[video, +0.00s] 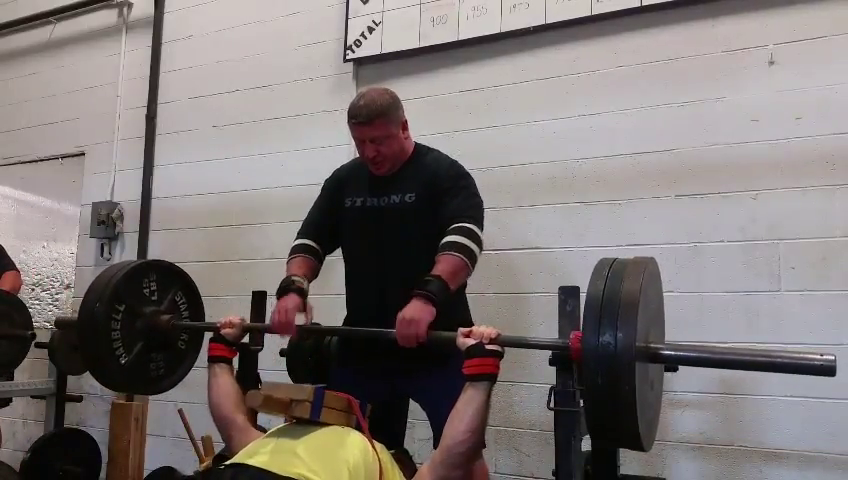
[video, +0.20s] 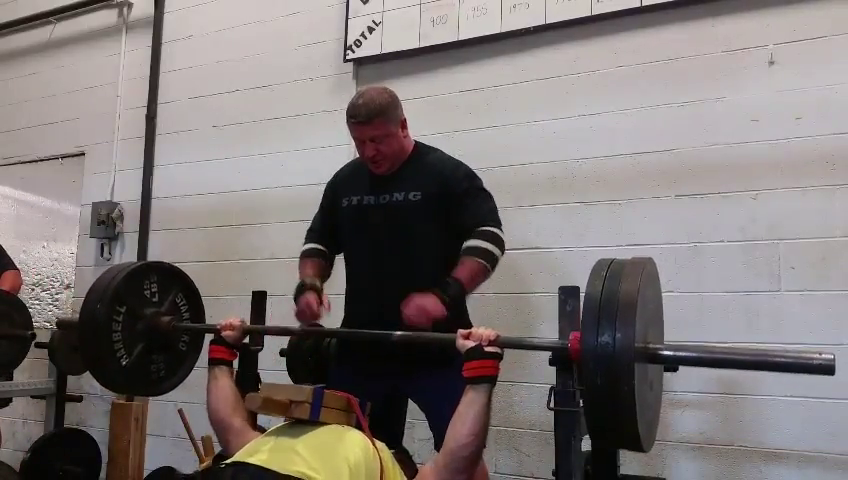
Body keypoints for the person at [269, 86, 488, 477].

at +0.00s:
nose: (369, 152)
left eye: (378, 141)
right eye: (361, 142)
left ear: (404, 129)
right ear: (352, 137)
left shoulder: (447, 176)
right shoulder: (344, 183)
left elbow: (462, 244)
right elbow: (311, 242)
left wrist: (428, 297)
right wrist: (293, 290)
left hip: (439, 348)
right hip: (364, 346)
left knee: (463, 455)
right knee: (367, 459)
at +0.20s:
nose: (369, 152)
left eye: (378, 140)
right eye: (360, 142)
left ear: (403, 128)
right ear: (351, 136)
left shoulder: (449, 175)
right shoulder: (343, 184)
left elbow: (488, 240)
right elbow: (318, 244)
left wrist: (448, 295)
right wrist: (310, 285)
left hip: (439, 349)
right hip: (364, 348)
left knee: (463, 459)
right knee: (361, 461)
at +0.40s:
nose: (370, 151)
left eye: (379, 139)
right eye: (361, 141)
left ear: (403, 126)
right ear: (352, 135)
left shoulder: (452, 178)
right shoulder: (345, 184)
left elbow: (484, 254)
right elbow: (328, 257)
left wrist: (478, 329)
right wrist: (317, 316)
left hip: (438, 347)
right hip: (363, 346)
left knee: (468, 457)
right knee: (364, 458)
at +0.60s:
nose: (370, 152)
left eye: (379, 141)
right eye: (361, 143)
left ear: (403, 127)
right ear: (351, 136)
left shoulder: (451, 176)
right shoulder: (345, 184)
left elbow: (487, 252)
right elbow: (327, 258)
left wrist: (487, 327)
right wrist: (312, 318)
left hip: (439, 341)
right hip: (366, 342)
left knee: (464, 452)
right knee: (369, 454)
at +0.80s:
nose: (368, 154)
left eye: (377, 143)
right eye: (359, 145)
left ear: (401, 129)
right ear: (350, 138)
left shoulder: (449, 176)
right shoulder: (344, 184)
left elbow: (483, 252)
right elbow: (325, 257)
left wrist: (481, 326)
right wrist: (309, 318)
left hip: (439, 340)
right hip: (367, 340)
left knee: (463, 449)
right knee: (369, 452)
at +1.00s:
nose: (367, 156)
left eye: (375, 145)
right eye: (357, 147)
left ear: (400, 130)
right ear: (348, 139)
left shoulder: (448, 176)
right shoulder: (342, 185)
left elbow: (482, 253)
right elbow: (325, 259)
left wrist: (479, 328)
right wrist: (311, 320)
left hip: (439, 339)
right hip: (367, 341)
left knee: (461, 449)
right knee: (373, 451)